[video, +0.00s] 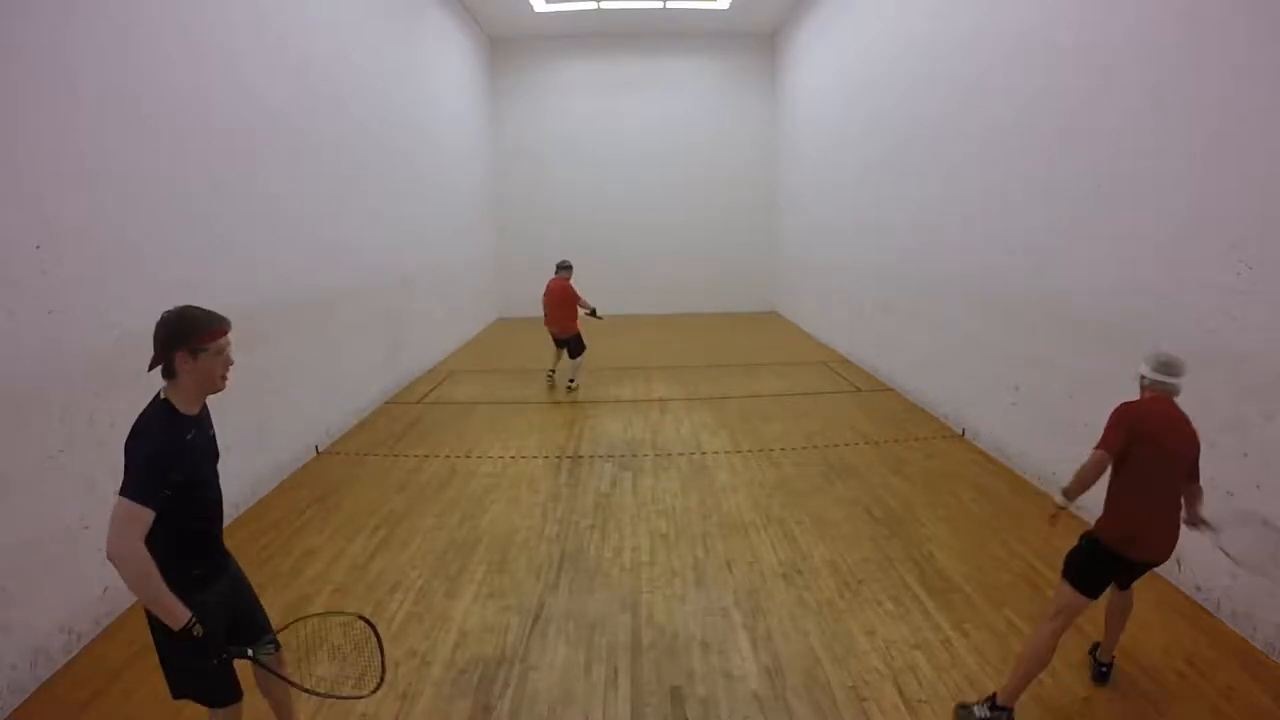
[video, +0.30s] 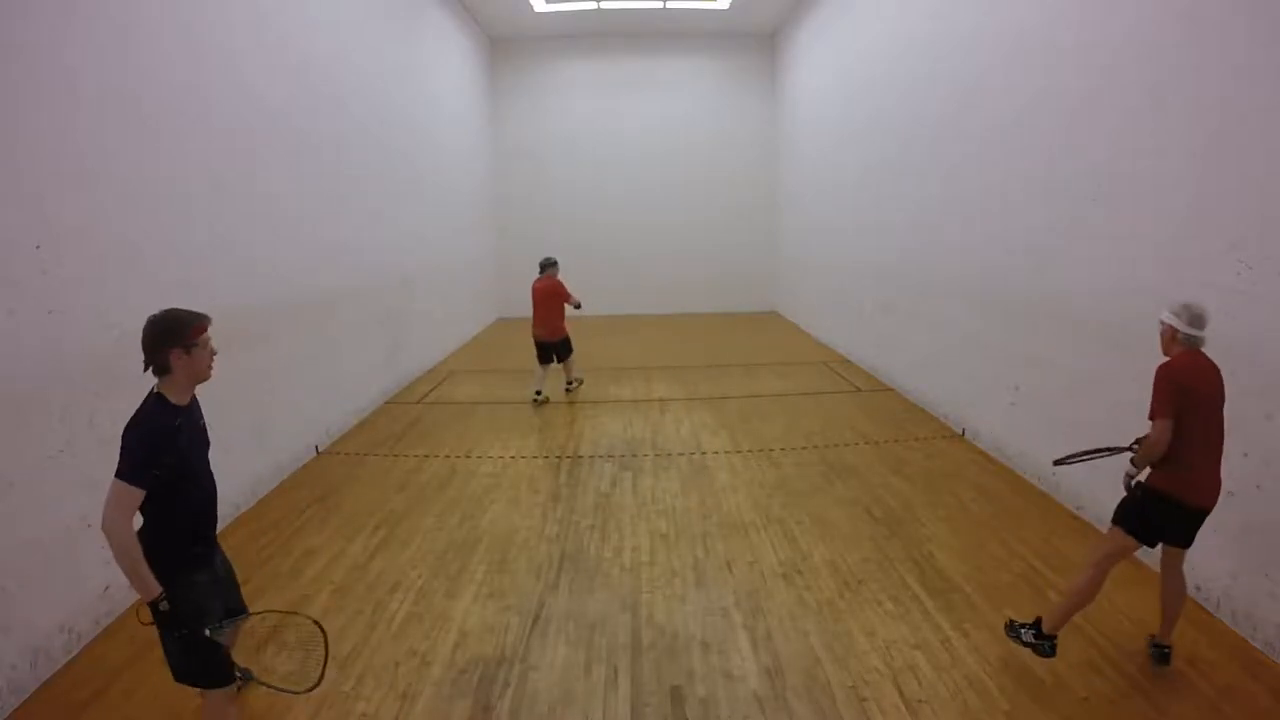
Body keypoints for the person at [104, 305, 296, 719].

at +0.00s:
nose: (231, 361)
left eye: (228, 350)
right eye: (219, 352)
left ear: (188, 362)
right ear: (184, 362)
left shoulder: (195, 407)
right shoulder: (154, 437)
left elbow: (190, 500)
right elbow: (122, 547)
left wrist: (213, 564)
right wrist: (186, 623)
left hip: (219, 567)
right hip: (182, 595)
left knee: (270, 655)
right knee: (225, 702)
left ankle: (289, 716)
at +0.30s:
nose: (214, 352)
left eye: (210, 343)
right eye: (205, 346)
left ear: (180, 357)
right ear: (178, 357)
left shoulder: (187, 403)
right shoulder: (149, 428)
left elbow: (183, 486)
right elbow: (115, 523)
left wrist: (204, 547)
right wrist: (157, 599)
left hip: (208, 553)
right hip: (178, 575)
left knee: (234, 620)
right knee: (220, 689)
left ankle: (226, 673)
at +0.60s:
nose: (209, 324)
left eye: (206, 315)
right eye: (205, 317)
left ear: (165, 330)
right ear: (192, 325)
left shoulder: (159, 378)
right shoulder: (185, 386)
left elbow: (157, 445)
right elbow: (176, 474)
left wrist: (211, 470)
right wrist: (212, 542)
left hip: (177, 519)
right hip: (202, 527)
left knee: (205, 595)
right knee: (254, 621)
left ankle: (210, 675)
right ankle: (253, 711)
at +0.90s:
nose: (264, 368)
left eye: (261, 361)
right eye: (262, 362)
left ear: (217, 376)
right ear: (255, 371)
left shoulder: (216, 419)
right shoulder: (257, 434)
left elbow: (249, 478)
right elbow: (298, 507)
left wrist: (305, 495)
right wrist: (357, 529)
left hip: (211, 548)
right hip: (244, 558)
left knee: (224, 608)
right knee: (337, 596)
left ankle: (190, 683)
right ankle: (344, 691)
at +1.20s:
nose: (403, 312)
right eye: (406, 305)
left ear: (367, 310)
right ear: (408, 310)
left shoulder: (347, 359)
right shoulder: (425, 361)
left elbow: (292, 399)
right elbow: (461, 416)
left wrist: (342, 430)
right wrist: (485, 457)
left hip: (366, 487)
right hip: (411, 489)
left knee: (366, 590)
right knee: (400, 592)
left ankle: (357, 679)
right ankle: (363, 673)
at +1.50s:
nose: (558, 336)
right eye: (566, 327)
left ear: (532, 334)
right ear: (570, 332)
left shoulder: (512, 386)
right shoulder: (592, 382)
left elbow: (499, 460)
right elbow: (636, 445)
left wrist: (530, 479)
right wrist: (654, 493)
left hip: (547, 515)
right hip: (596, 505)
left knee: (538, 623)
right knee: (638, 559)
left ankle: (542, 712)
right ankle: (692, 621)